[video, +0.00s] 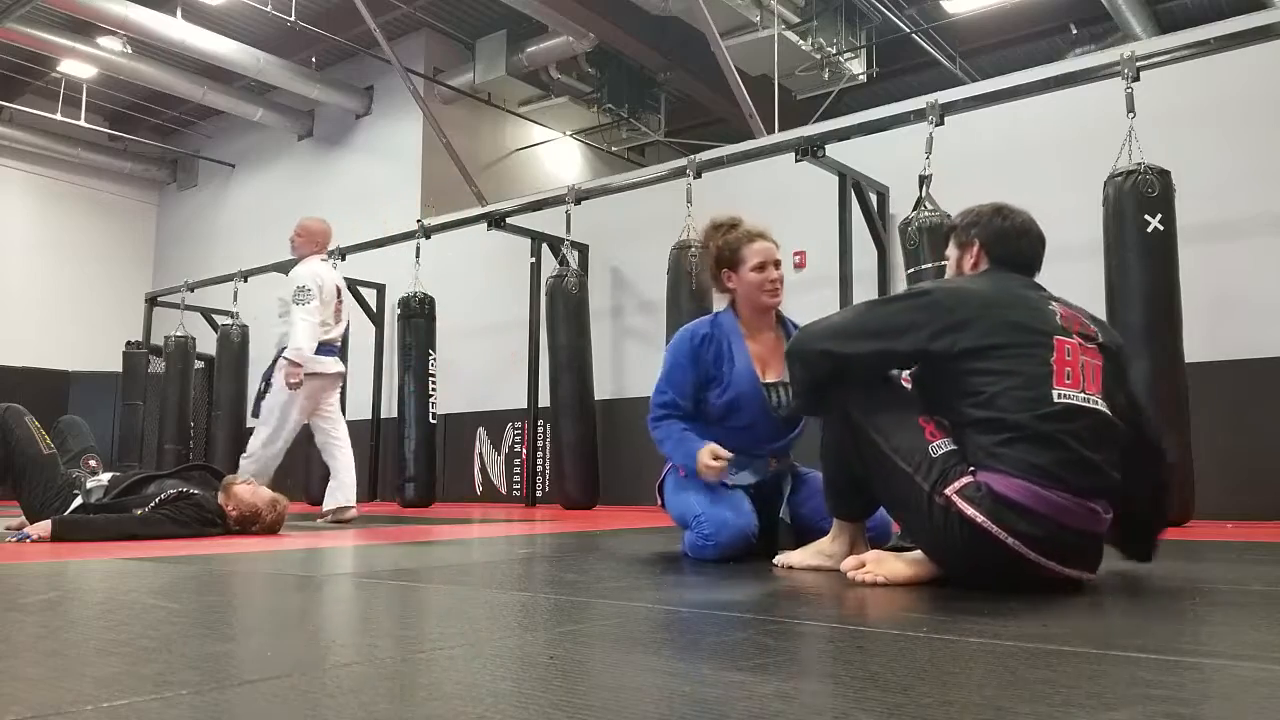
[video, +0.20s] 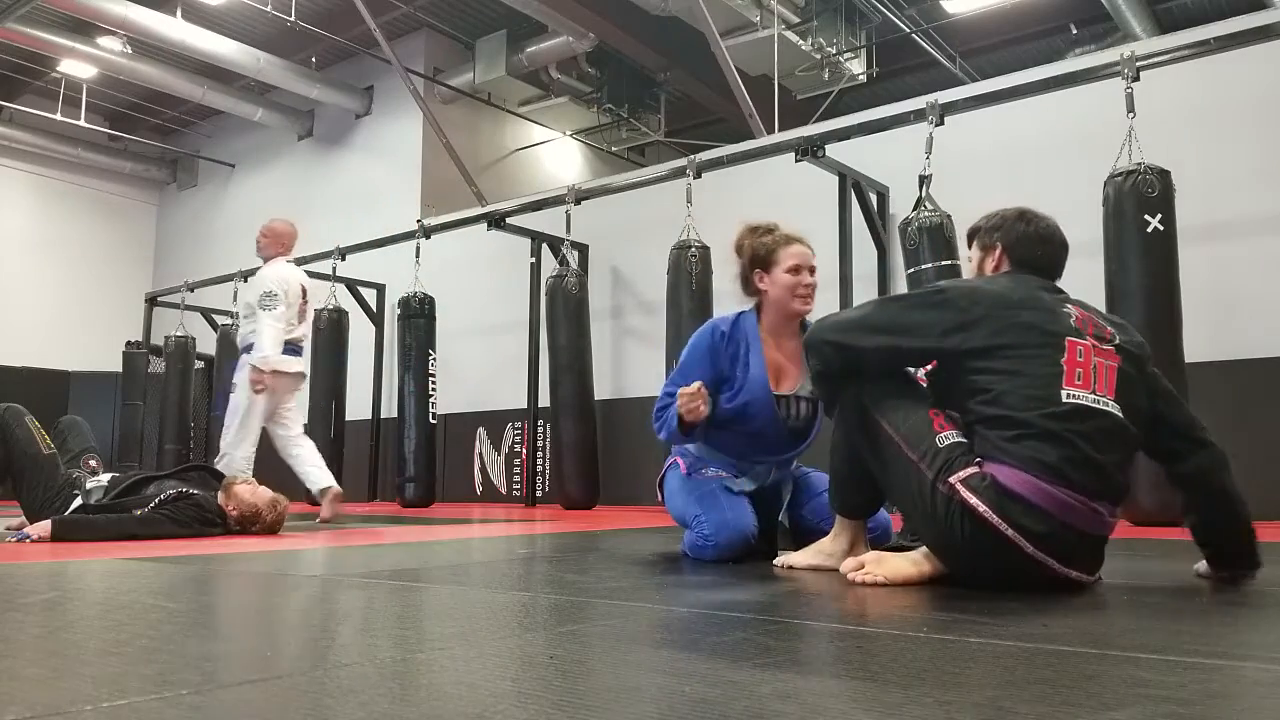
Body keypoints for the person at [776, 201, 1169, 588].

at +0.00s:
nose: (946, 275)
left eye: (949, 263)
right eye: (947, 264)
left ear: (974, 256)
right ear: (1034, 266)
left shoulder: (961, 298)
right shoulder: (1092, 327)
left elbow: (812, 344)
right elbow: (1143, 446)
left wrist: (824, 406)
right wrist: (1136, 535)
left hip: (982, 536)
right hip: (1071, 559)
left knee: (854, 391)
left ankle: (843, 539)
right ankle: (928, 552)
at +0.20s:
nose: (967, 271)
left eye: (971, 259)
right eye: (969, 260)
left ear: (994, 258)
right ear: (1053, 271)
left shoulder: (980, 299)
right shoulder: (1118, 338)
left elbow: (825, 335)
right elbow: (1197, 455)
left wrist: (843, 401)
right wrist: (1233, 562)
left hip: (982, 530)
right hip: (1068, 566)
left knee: (866, 384)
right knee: (994, 428)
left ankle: (843, 536)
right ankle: (928, 555)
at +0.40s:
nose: (987, 275)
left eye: (990, 264)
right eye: (990, 265)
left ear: (1011, 258)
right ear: (1072, 274)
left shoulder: (991, 296)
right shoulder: (1135, 342)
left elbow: (843, 335)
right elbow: (1211, 465)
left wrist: (926, 382)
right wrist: (1234, 569)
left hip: (984, 515)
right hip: (1070, 562)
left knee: (872, 380)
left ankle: (845, 538)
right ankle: (928, 555)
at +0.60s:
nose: (998, 279)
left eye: (1001, 268)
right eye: (1002, 269)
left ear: (1021, 264)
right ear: (1086, 279)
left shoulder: (999, 297)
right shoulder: (1148, 345)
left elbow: (862, 329)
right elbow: (1217, 470)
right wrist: (1235, 568)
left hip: (979, 508)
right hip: (1065, 562)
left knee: (875, 374)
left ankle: (845, 540)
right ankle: (929, 556)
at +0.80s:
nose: (995, 290)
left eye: (997, 281)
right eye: (998, 282)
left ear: (1018, 271)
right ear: (1082, 284)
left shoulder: (998, 298)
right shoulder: (1149, 345)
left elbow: (866, 334)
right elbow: (1217, 472)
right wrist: (1234, 569)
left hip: (980, 507)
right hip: (1064, 563)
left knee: (881, 373)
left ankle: (848, 537)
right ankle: (930, 551)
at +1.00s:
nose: (984, 299)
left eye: (987, 289)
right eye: (989, 291)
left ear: (1005, 279)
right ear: (1067, 289)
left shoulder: (983, 306)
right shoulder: (1137, 344)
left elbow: (869, 356)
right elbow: (1209, 466)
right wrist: (1232, 565)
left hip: (983, 508)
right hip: (1070, 560)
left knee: (870, 367)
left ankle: (846, 538)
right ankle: (932, 555)